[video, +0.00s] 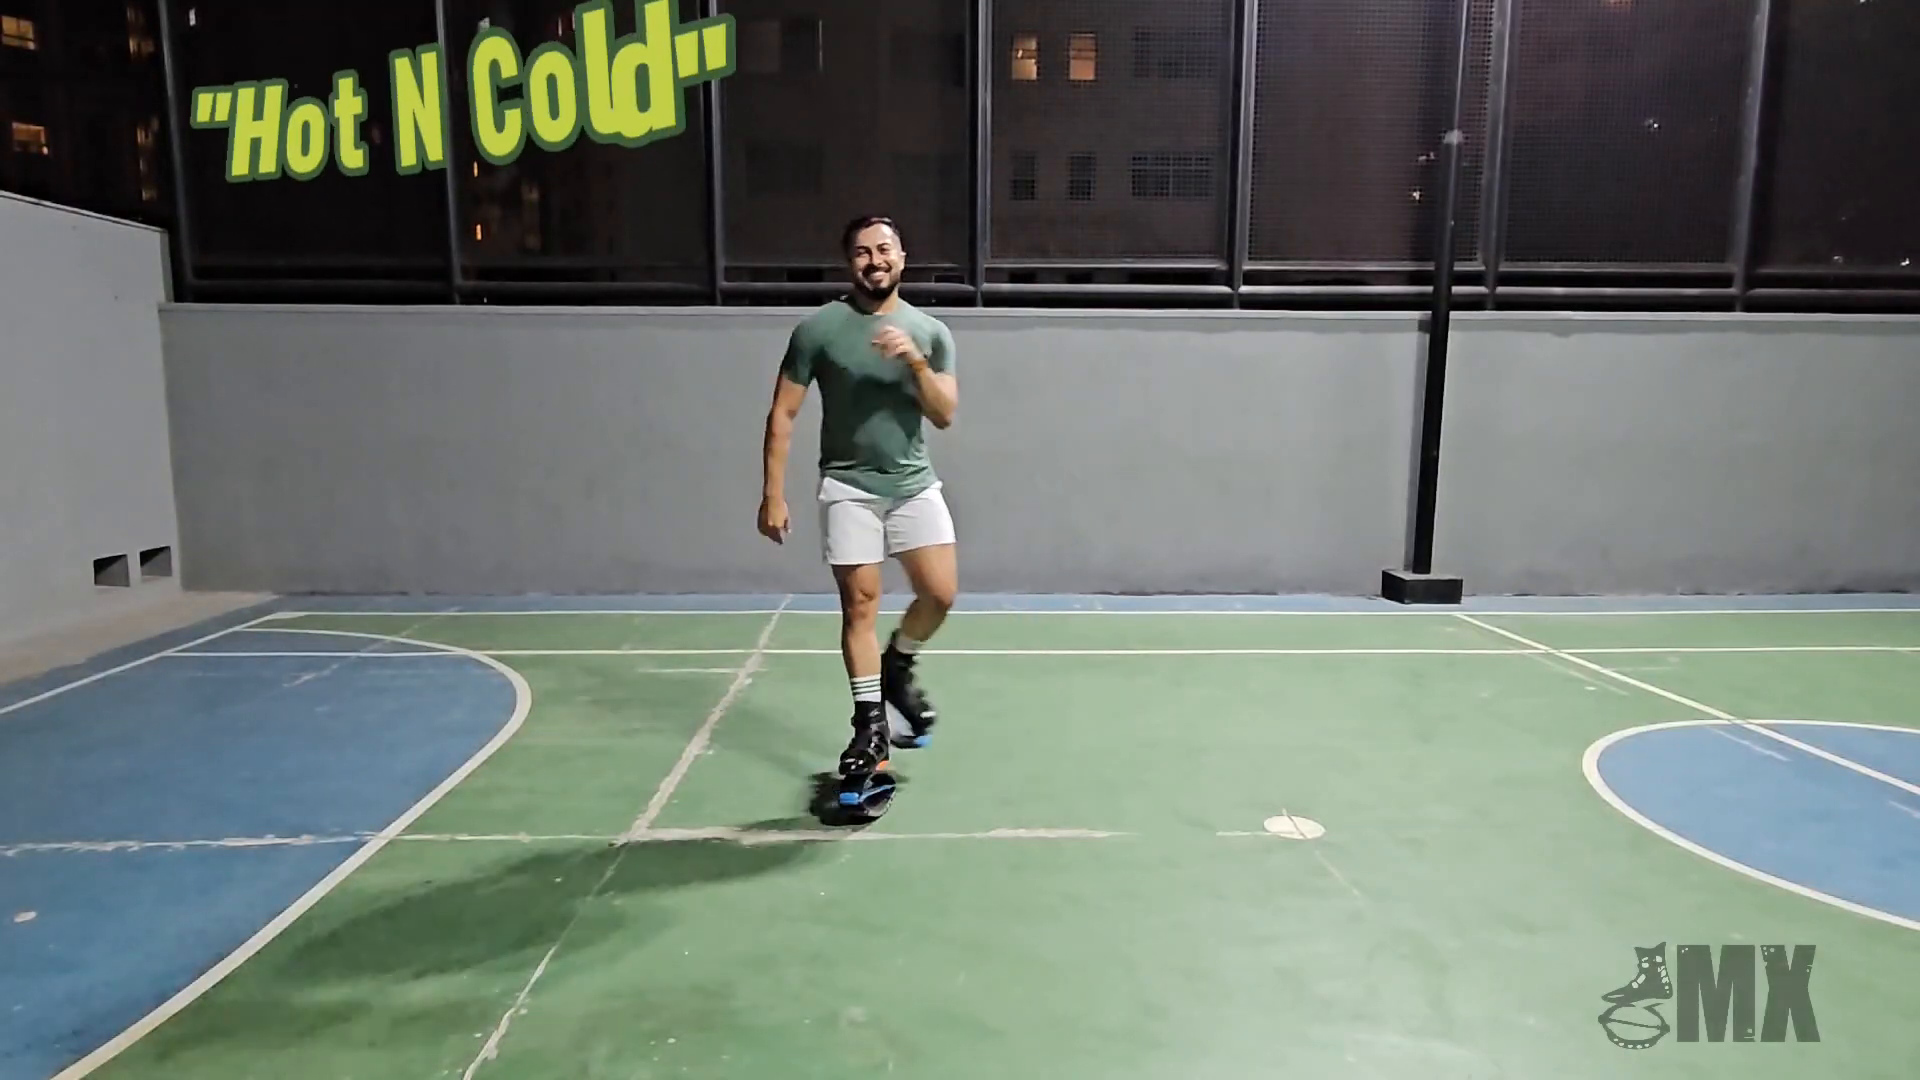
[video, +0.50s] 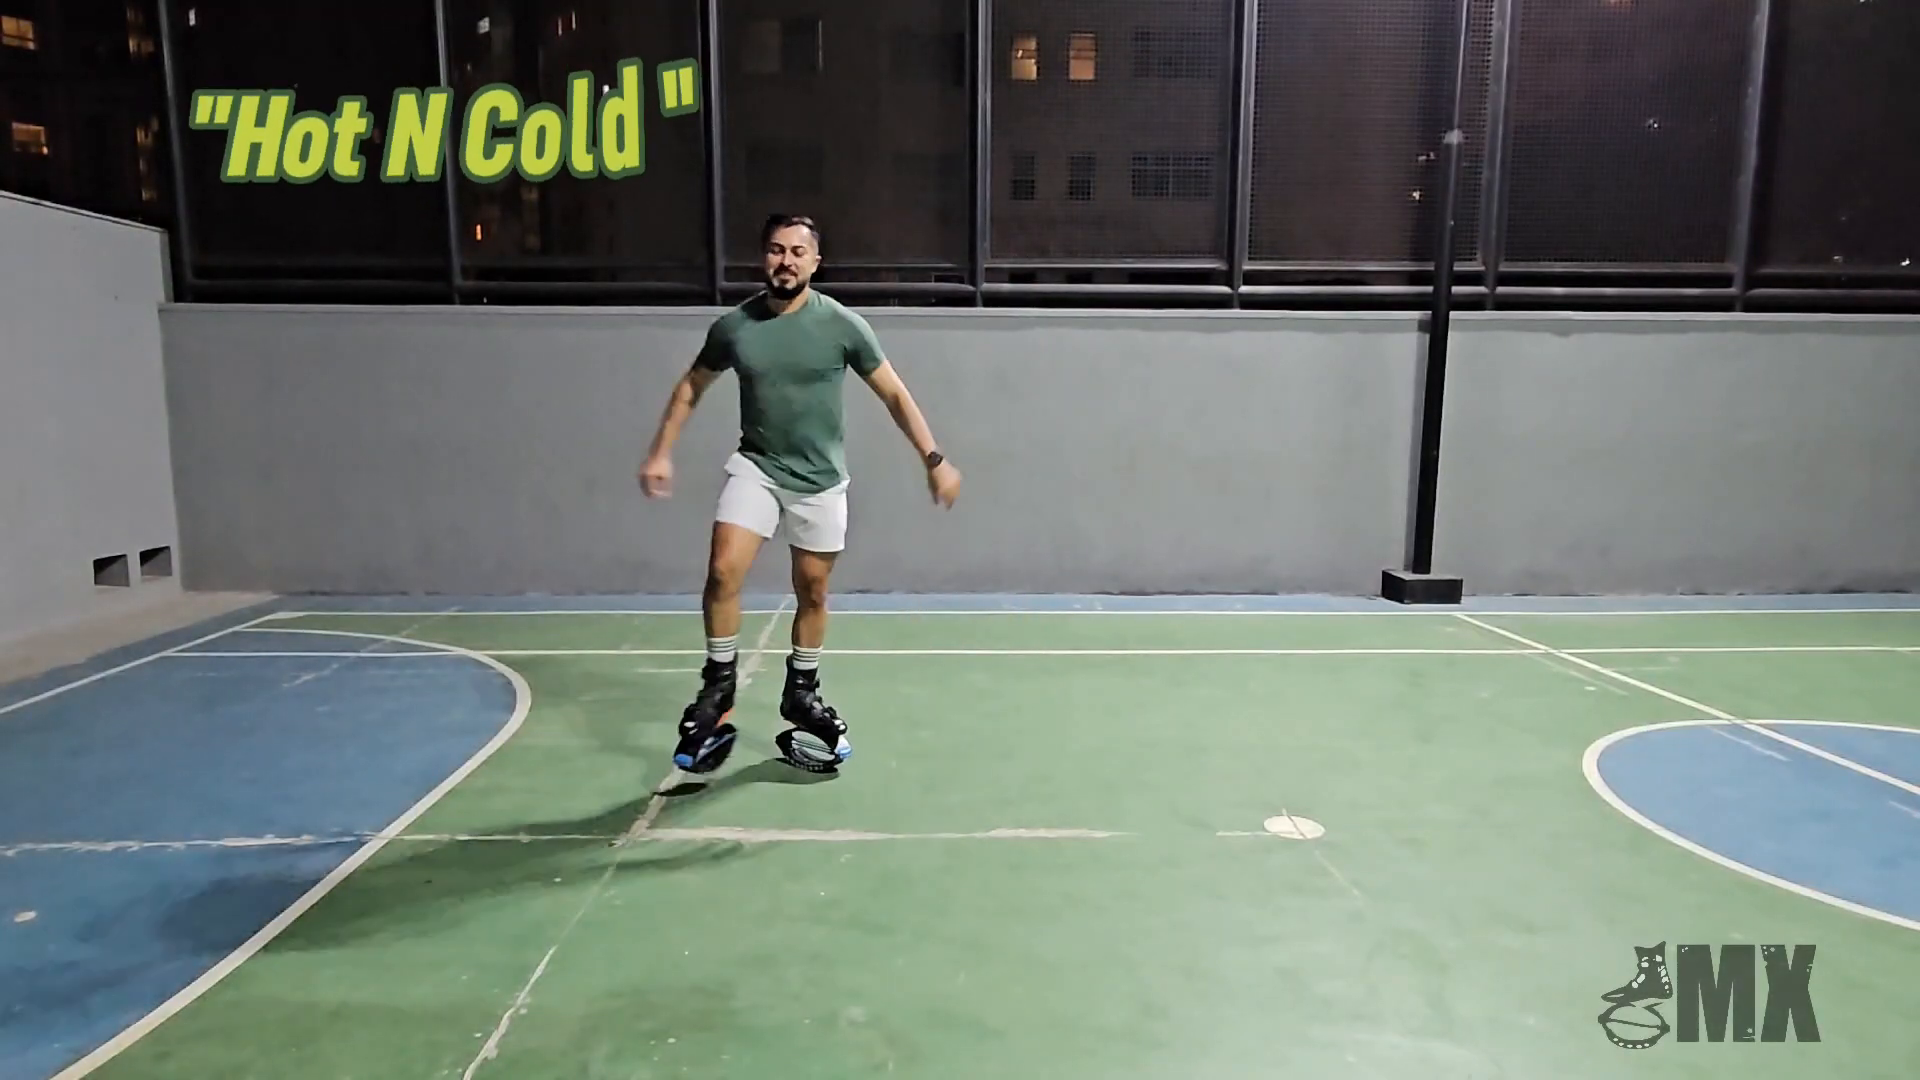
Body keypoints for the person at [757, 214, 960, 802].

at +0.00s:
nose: (875, 259)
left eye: (885, 249)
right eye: (863, 252)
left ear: (903, 259)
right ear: (849, 266)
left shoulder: (931, 331)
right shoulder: (817, 330)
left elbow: (944, 414)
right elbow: (782, 415)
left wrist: (917, 362)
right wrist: (774, 495)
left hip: (915, 482)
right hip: (849, 484)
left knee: (940, 594)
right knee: (860, 602)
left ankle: (895, 665)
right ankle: (869, 729)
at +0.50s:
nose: (785, 261)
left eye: (797, 252)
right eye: (776, 250)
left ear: (816, 261)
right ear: (763, 258)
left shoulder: (844, 326)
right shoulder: (732, 329)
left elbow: (895, 395)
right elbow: (691, 387)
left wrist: (934, 459)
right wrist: (660, 452)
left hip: (821, 478)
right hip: (755, 468)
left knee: (813, 590)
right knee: (722, 571)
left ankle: (801, 694)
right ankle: (718, 687)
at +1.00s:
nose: (746, 269)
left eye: (760, 267)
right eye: (743, 256)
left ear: (775, 281)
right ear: (728, 257)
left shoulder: (791, 335)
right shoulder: (681, 324)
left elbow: (801, 413)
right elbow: (652, 402)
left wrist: (766, 393)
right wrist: (683, 390)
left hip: (766, 473)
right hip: (700, 477)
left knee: (776, 576)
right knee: (690, 589)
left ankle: (759, 686)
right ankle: (689, 709)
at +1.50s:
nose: (825, 272)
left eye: (838, 266)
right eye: (818, 263)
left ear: (858, 285)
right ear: (804, 276)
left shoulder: (871, 345)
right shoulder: (763, 338)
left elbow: (909, 396)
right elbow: (722, 392)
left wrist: (882, 374)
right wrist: (708, 456)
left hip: (839, 493)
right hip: (769, 493)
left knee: (867, 595)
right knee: (738, 601)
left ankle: (885, 718)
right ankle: (699, 715)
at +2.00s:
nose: (949, 276)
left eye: (961, 267)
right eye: (939, 268)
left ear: (978, 281)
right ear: (925, 281)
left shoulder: (1005, 343)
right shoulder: (897, 345)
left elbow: (1024, 420)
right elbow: (882, 402)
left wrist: (1005, 479)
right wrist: (938, 382)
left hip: (989, 489)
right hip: (929, 495)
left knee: (971, 597)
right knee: (949, 611)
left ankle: (927, 719)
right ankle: (996, 700)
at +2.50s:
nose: (1059, 272)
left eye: (1067, 262)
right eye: (1047, 268)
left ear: (1086, 273)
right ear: (1036, 287)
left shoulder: (1122, 343)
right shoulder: (1012, 354)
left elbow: (1175, 412)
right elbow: (964, 414)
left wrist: (1233, 423)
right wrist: (905, 463)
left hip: (1111, 492)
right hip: (1042, 495)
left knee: (1128, 597)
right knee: (1011, 597)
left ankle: (1133, 712)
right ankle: (1006, 698)